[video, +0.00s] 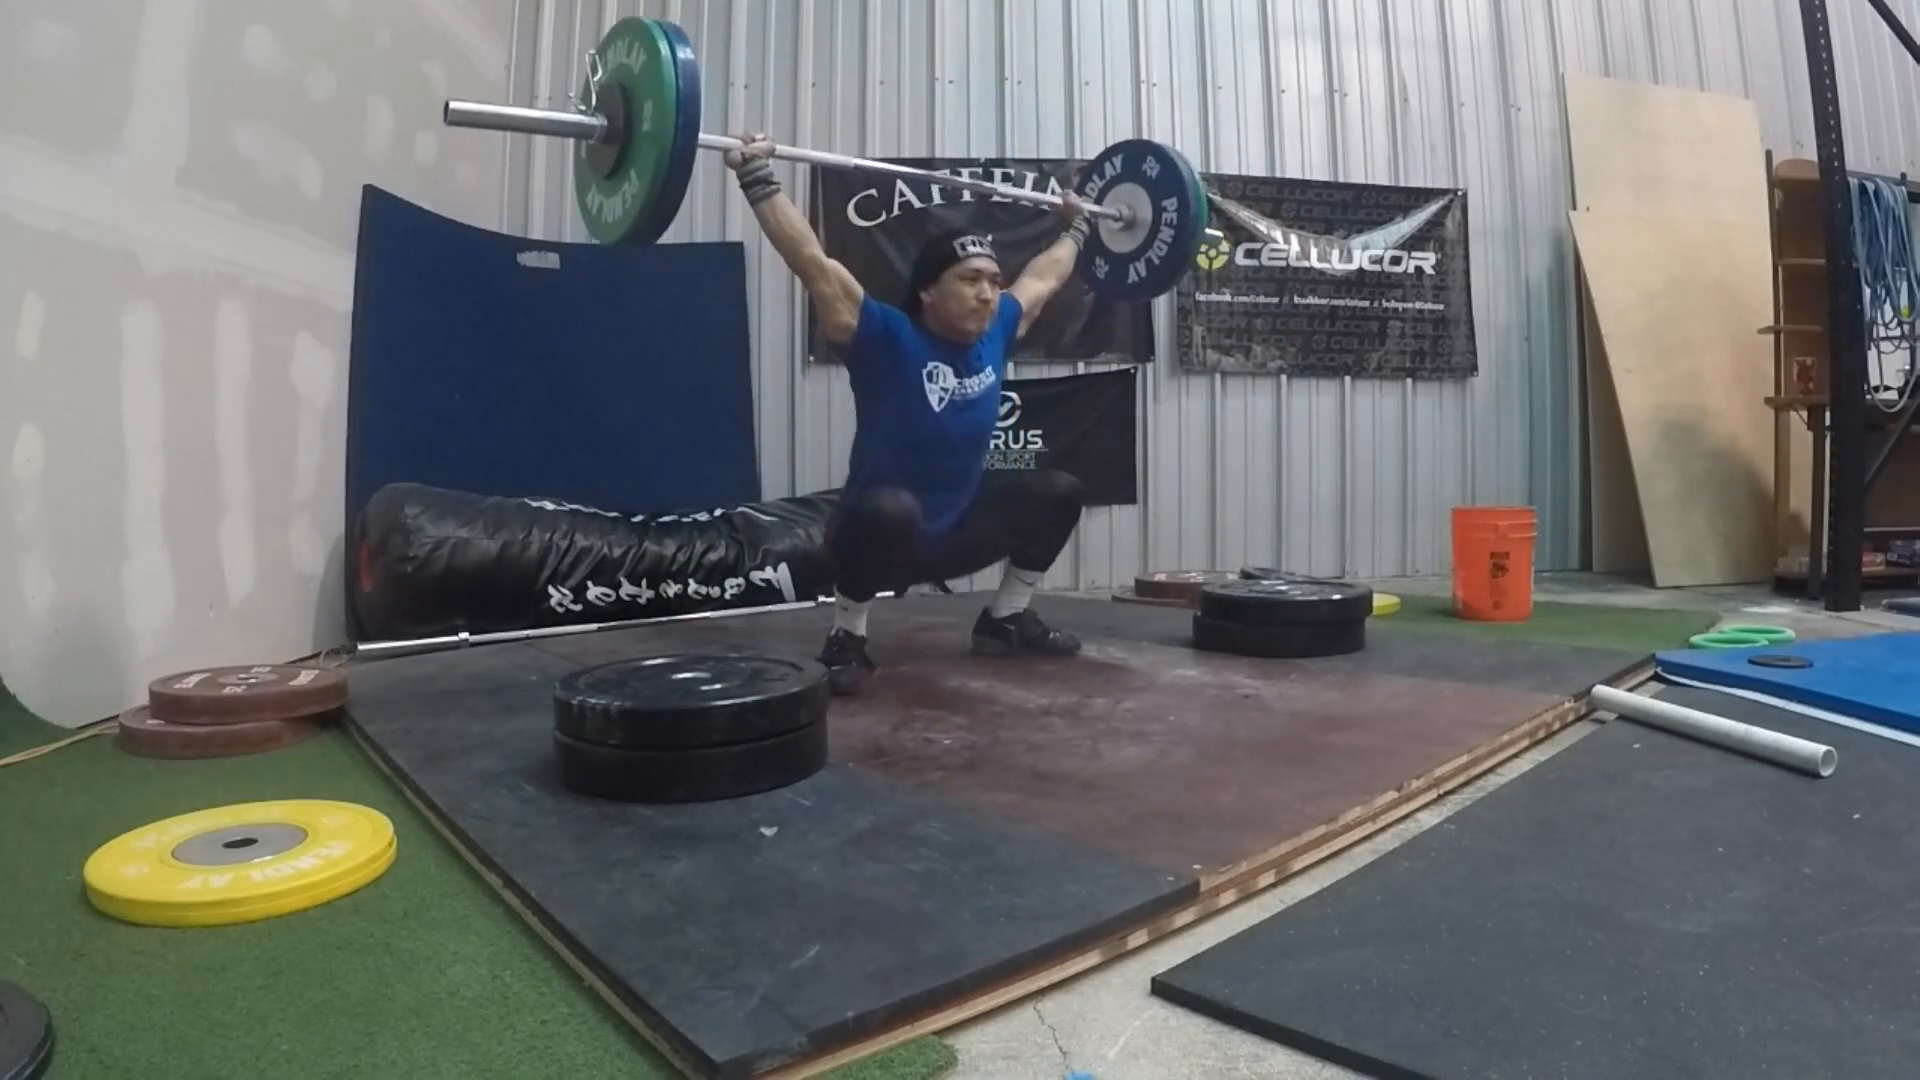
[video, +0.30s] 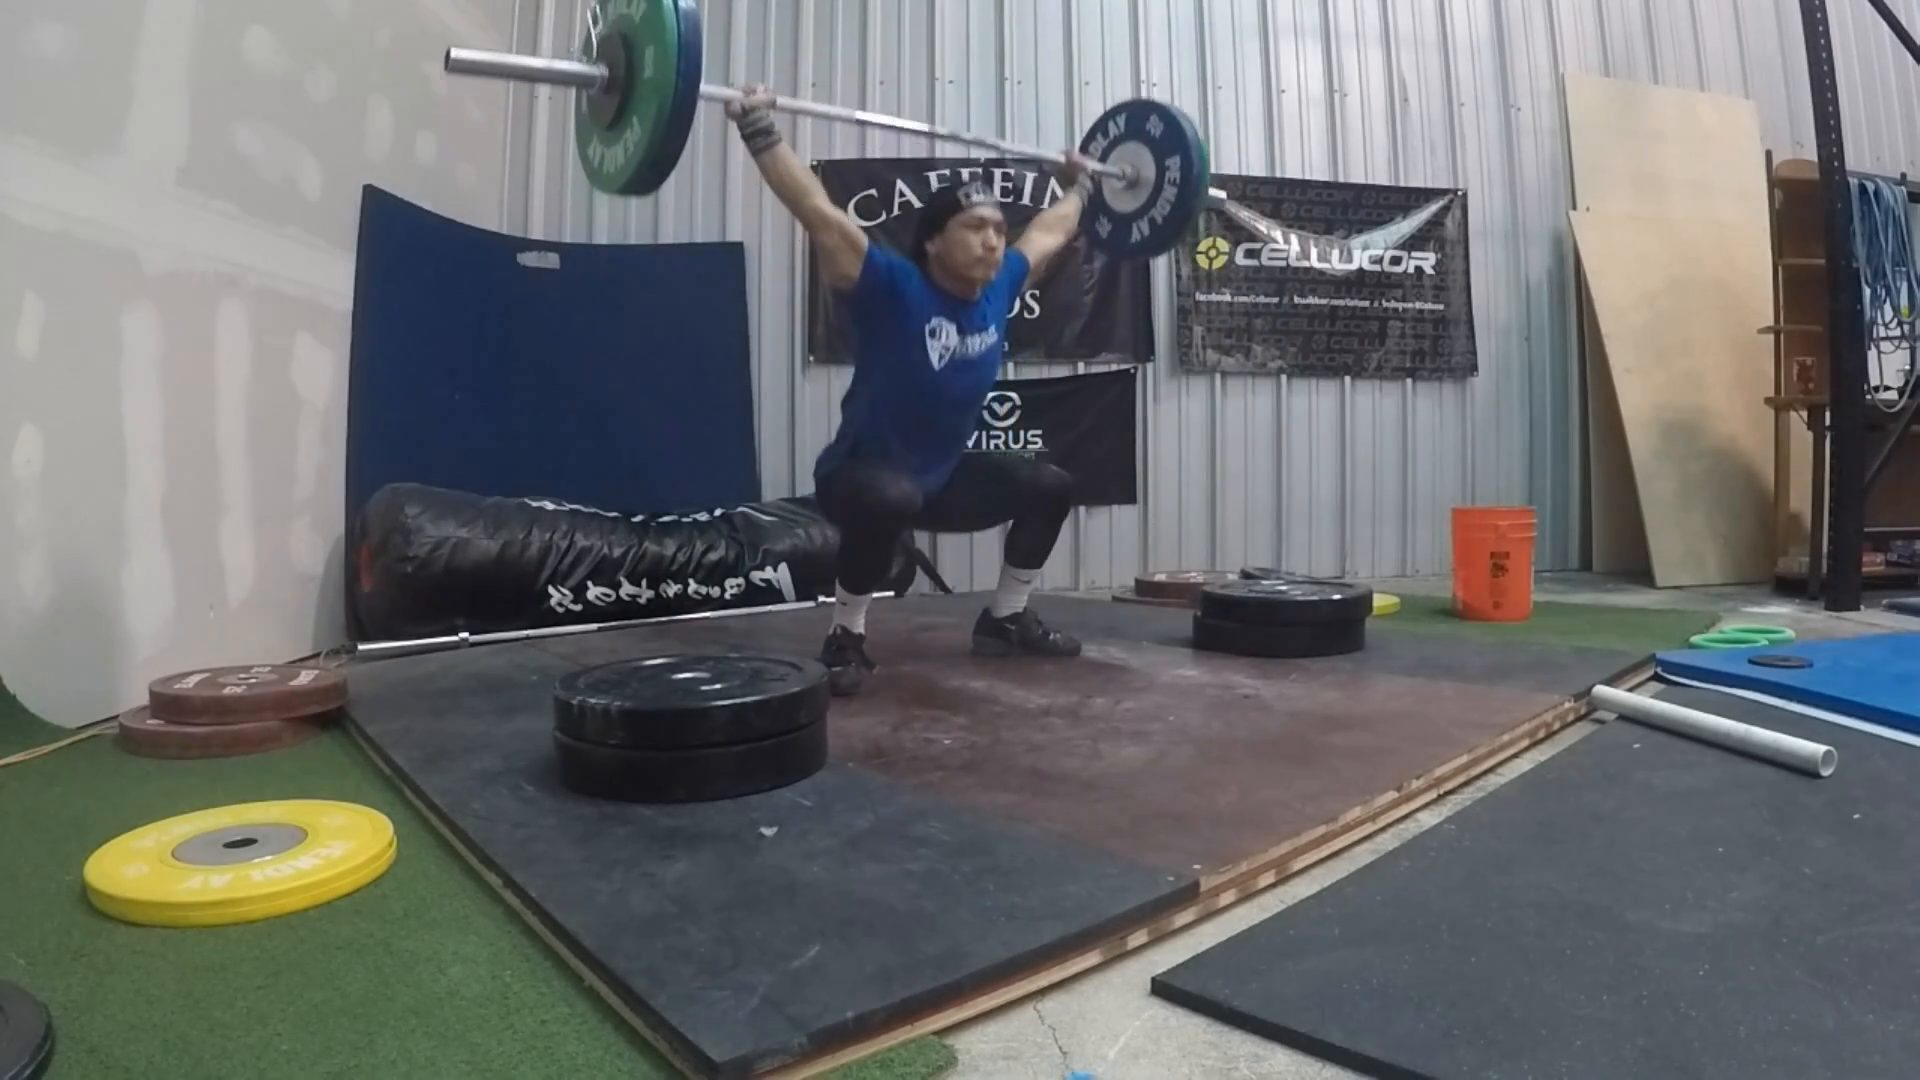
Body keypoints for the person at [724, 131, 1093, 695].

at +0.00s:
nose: (986, 294)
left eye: (991, 283)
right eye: (970, 280)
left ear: (998, 293)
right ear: (927, 295)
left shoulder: (993, 335)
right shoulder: (881, 337)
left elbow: (1042, 279)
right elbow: (815, 267)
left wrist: (1075, 228)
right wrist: (757, 179)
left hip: (957, 535)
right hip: (883, 538)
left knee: (1058, 494)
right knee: (888, 507)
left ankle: (1005, 617)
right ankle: (847, 636)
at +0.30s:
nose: (992, 242)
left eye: (997, 231)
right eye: (976, 229)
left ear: (1003, 245)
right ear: (934, 243)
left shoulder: (998, 291)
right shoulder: (889, 286)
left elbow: (1048, 234)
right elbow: (819, 214)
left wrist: (1078, 189)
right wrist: (759, 129)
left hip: (943, 475)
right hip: (864, 471)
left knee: (1050, 487)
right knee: (888, 498)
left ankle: (1004, 617)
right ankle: (846, 636)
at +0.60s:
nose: (998, 171)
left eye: (1001, 160)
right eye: (982, 158)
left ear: (1003, 175)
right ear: (937, 176)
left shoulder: (1005, 220)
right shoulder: (891, 221)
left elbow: (1051, 172)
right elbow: (818, 149)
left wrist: (1074, 127)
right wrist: (755, 68)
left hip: (956, 430)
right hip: (871, 424)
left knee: (1056, 486)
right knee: (897, 493)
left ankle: (1006, 617)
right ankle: (846, 632)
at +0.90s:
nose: (965, 95)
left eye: (971, 84)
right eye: (950, 81)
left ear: (975, 101)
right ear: (905, 94)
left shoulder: (973, 153)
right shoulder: (860, 148)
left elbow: (1022, 108)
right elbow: (786, 63)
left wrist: (1053, 67)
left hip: (931, 378)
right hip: (853, 372)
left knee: (1022, 473)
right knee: (874, 483)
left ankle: (1004, 616)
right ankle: (828, 633)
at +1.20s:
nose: (923, 41)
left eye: (929, 29)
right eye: (910, 25)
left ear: (931, 41)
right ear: (864, 30)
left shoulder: (935, 88)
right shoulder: (820, 76)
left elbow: (988, 42)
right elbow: (762, 12)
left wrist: (1030, 6)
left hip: (910, 318)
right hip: (830, 316)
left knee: (940, 456)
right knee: (835, 458)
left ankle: (901, 588)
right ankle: (824, 627)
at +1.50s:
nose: (891, 64)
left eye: (897, 53)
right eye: (879, 50)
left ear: (900, 61)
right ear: (836, 52)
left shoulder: (907, 113)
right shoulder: (797, 110)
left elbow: (970, 69)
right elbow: (731, 34)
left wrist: (1015, 23)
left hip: (900, 327)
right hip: (828, 328)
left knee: (897, 469)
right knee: (831, 463)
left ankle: (878, 613)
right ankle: (826, 629)